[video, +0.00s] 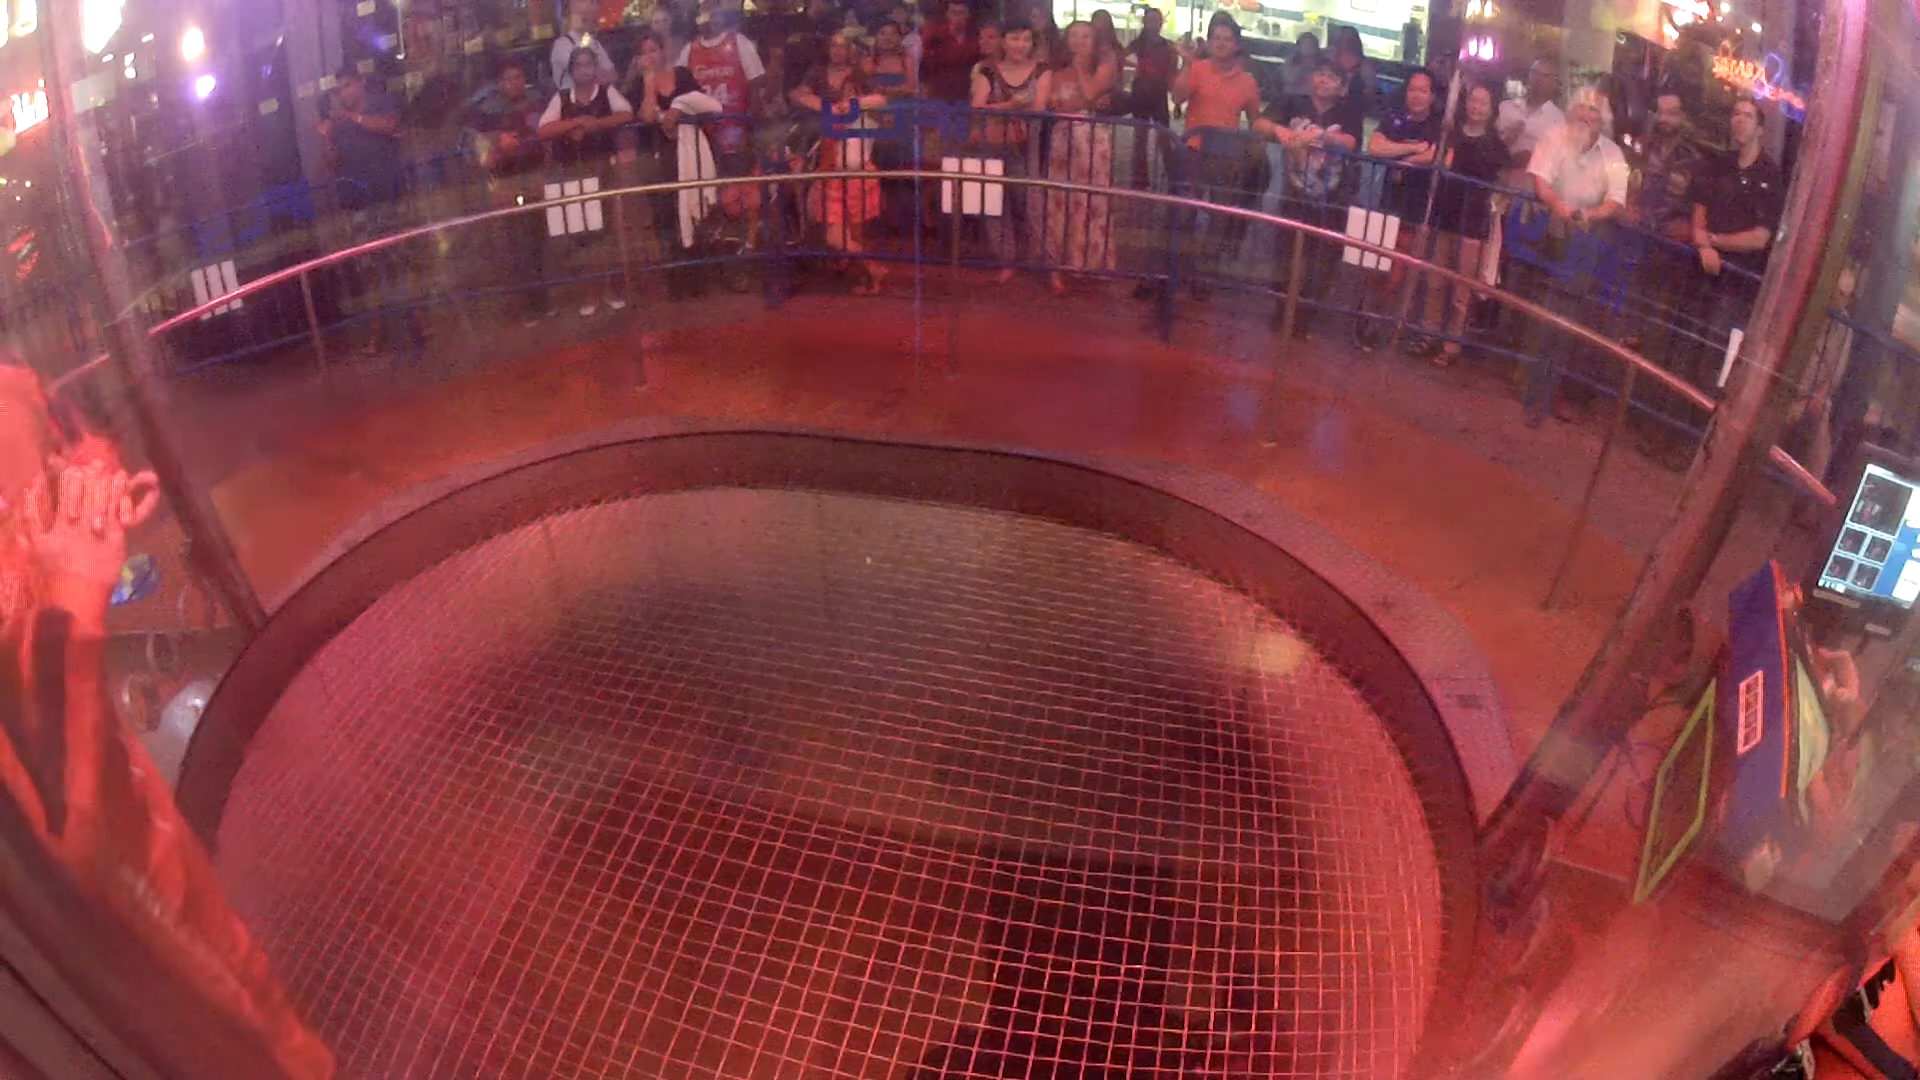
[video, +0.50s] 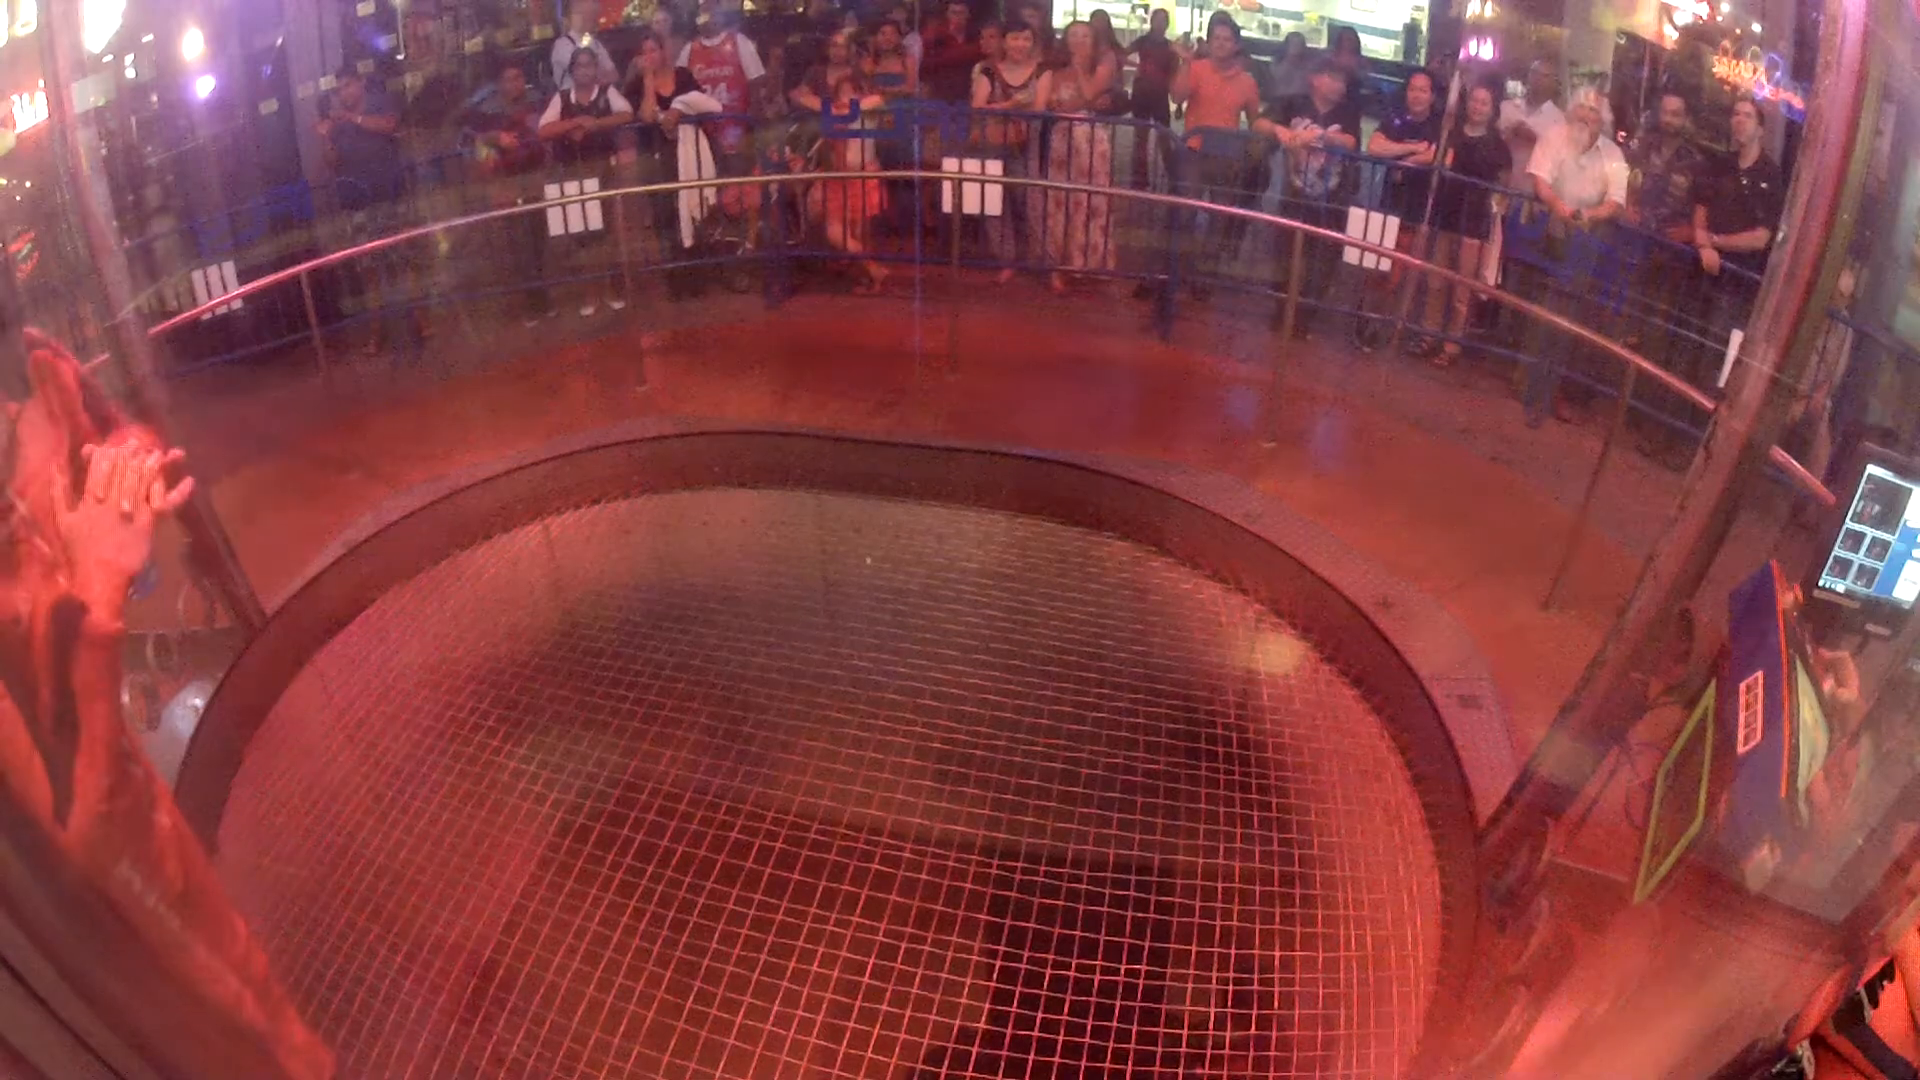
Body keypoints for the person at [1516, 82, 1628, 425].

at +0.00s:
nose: (1586, 118)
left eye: (1593, 114)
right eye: (1581, 111)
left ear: (1603, 120)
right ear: (1571, 112)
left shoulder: (1613, 153)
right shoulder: (1556, 137)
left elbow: (1616, 201)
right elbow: (1540, 181)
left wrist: (1590, 215)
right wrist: (1559, 208)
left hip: (1585, 235)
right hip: (1549, 225)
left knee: (1570, 308)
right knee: (1542, 304)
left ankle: (1550, 388)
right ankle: (1532, 388)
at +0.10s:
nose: (1585, 120)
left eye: (1593, 115)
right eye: (1581, 112)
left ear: (1603, 120)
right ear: (1570, 113)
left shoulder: (1613, 154)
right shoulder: (1556, 137)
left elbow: (1616, 201)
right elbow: (1540, 181)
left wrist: (1590, 215)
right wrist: (1559, 208)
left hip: (1586, 236)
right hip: (1549, 226)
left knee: (1570, 309)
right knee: (1541, 305)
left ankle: (1551, 389)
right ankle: (1532, 388)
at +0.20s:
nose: (1585, 120)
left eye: (1592, 116)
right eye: (1580, 113)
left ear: (1602, 120)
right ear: (1570, 113)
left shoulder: (1613, 153)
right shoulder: (1556, 137)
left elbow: (1616, 200)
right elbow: (1540, 182)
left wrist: (1590, 215)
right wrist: (1560, 209)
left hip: (1587, 236)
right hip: (1551, 227)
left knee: (1571, 309)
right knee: (1542, 306)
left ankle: (1552, 388)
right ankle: (1533, 390)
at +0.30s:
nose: (1585, 120)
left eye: (1592, 115)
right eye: (1580, 113)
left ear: (1603, 120)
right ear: (1570, 113)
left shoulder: (1613, 153)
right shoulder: (1556, 137)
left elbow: (1616, 200)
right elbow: (1540, 181)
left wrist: (1589, 215)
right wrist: (1560, 208)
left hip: (1587, 234)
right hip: (1550, 225)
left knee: (1570, 308)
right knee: (1542, 305)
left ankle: (1551, 389)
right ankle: (1533, 391)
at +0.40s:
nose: (1585, 118)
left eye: (1593, 114)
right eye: (1581, 111)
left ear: (1603, 120)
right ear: (1570, 112)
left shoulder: (1613, 154)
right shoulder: (1556, 137)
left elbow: (1616, 201)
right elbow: (1540, 181)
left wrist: (1590, 215)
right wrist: (1560, 209)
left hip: (1586, 235)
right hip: (1549, 226)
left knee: (1570, 309)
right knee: (1541, 305)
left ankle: (1550, 389)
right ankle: (1532, 389)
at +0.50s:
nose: (1585, 118)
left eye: (1593, 113)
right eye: (1581, 110)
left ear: (1603, 119)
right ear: (1570, 111)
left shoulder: (1613, 154)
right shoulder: (1555, 136)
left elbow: (1616, 201)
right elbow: (1540, 182)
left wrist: (1591, 214)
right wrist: (1559, 208)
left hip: (1586, 234)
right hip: (1548, 224)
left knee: (1569, 308)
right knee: (1540, 304)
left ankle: (1550, 388)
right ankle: (1531, 387)